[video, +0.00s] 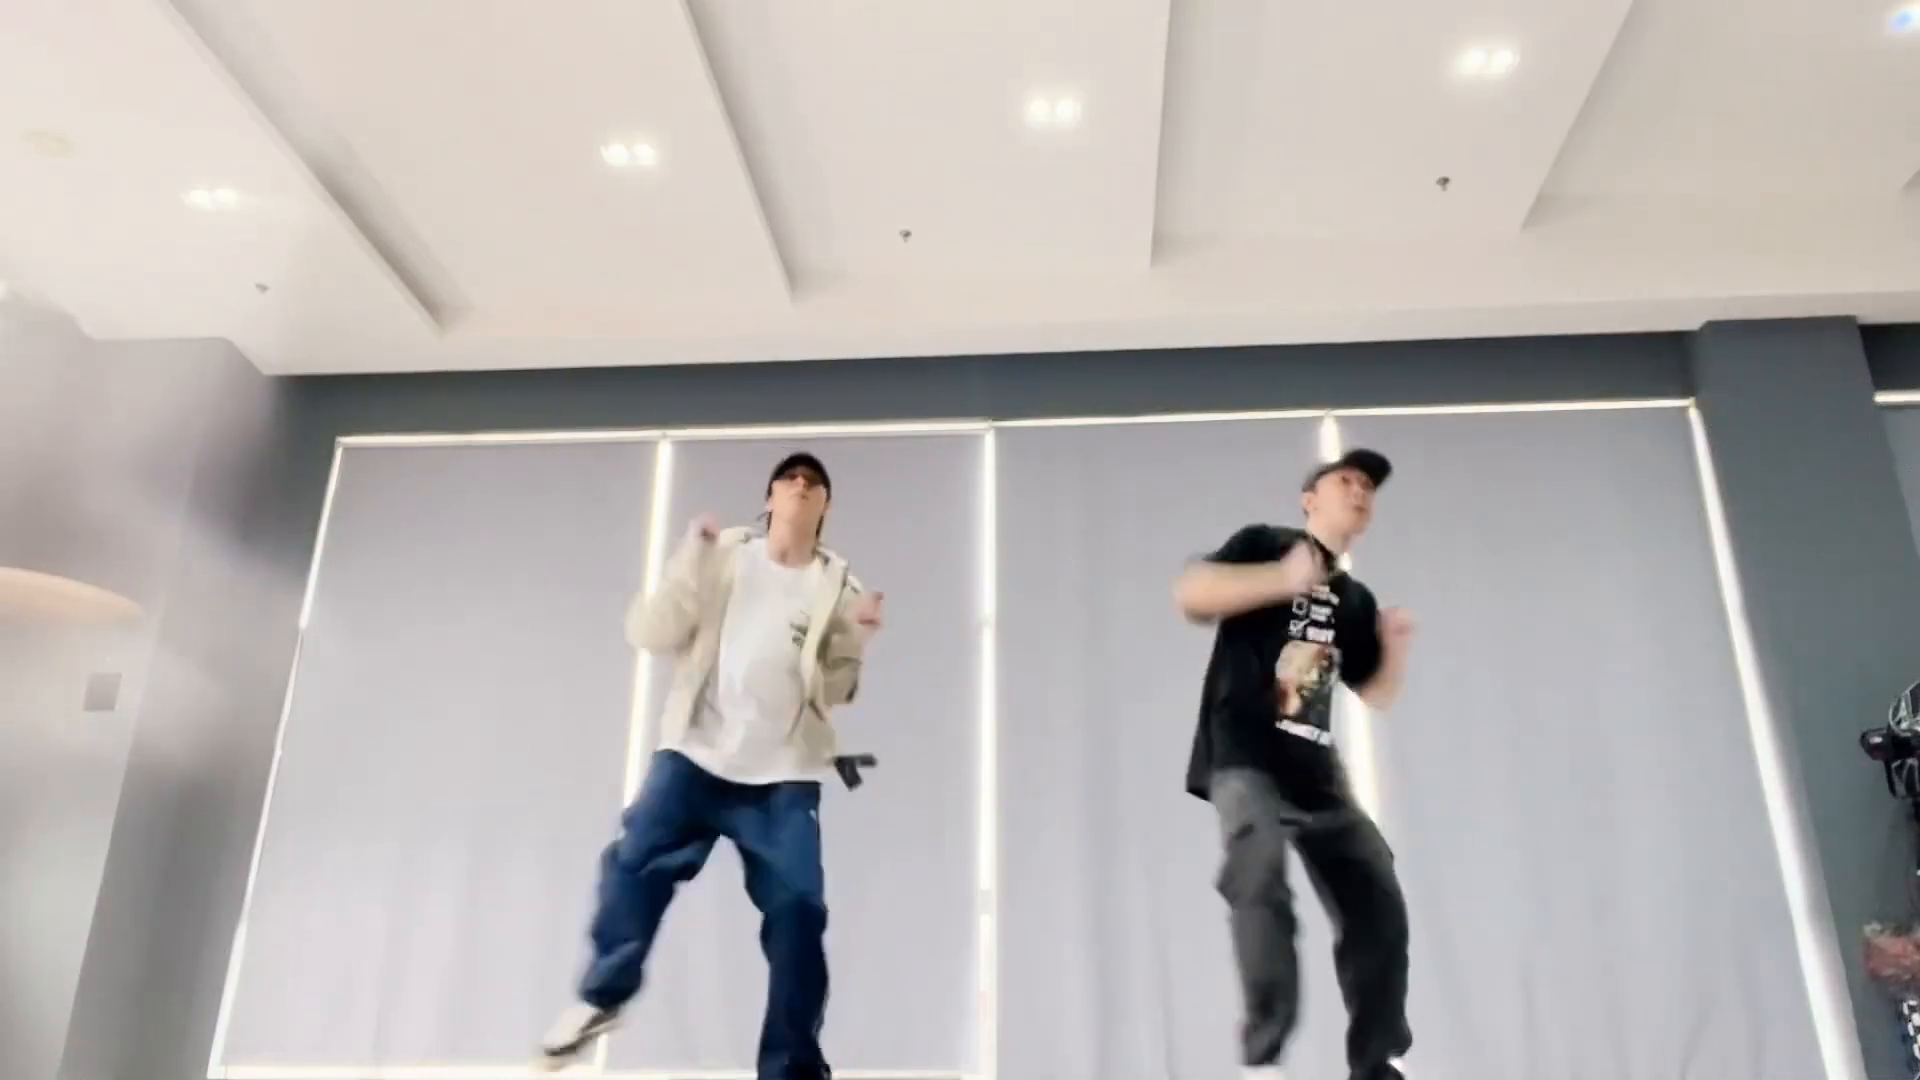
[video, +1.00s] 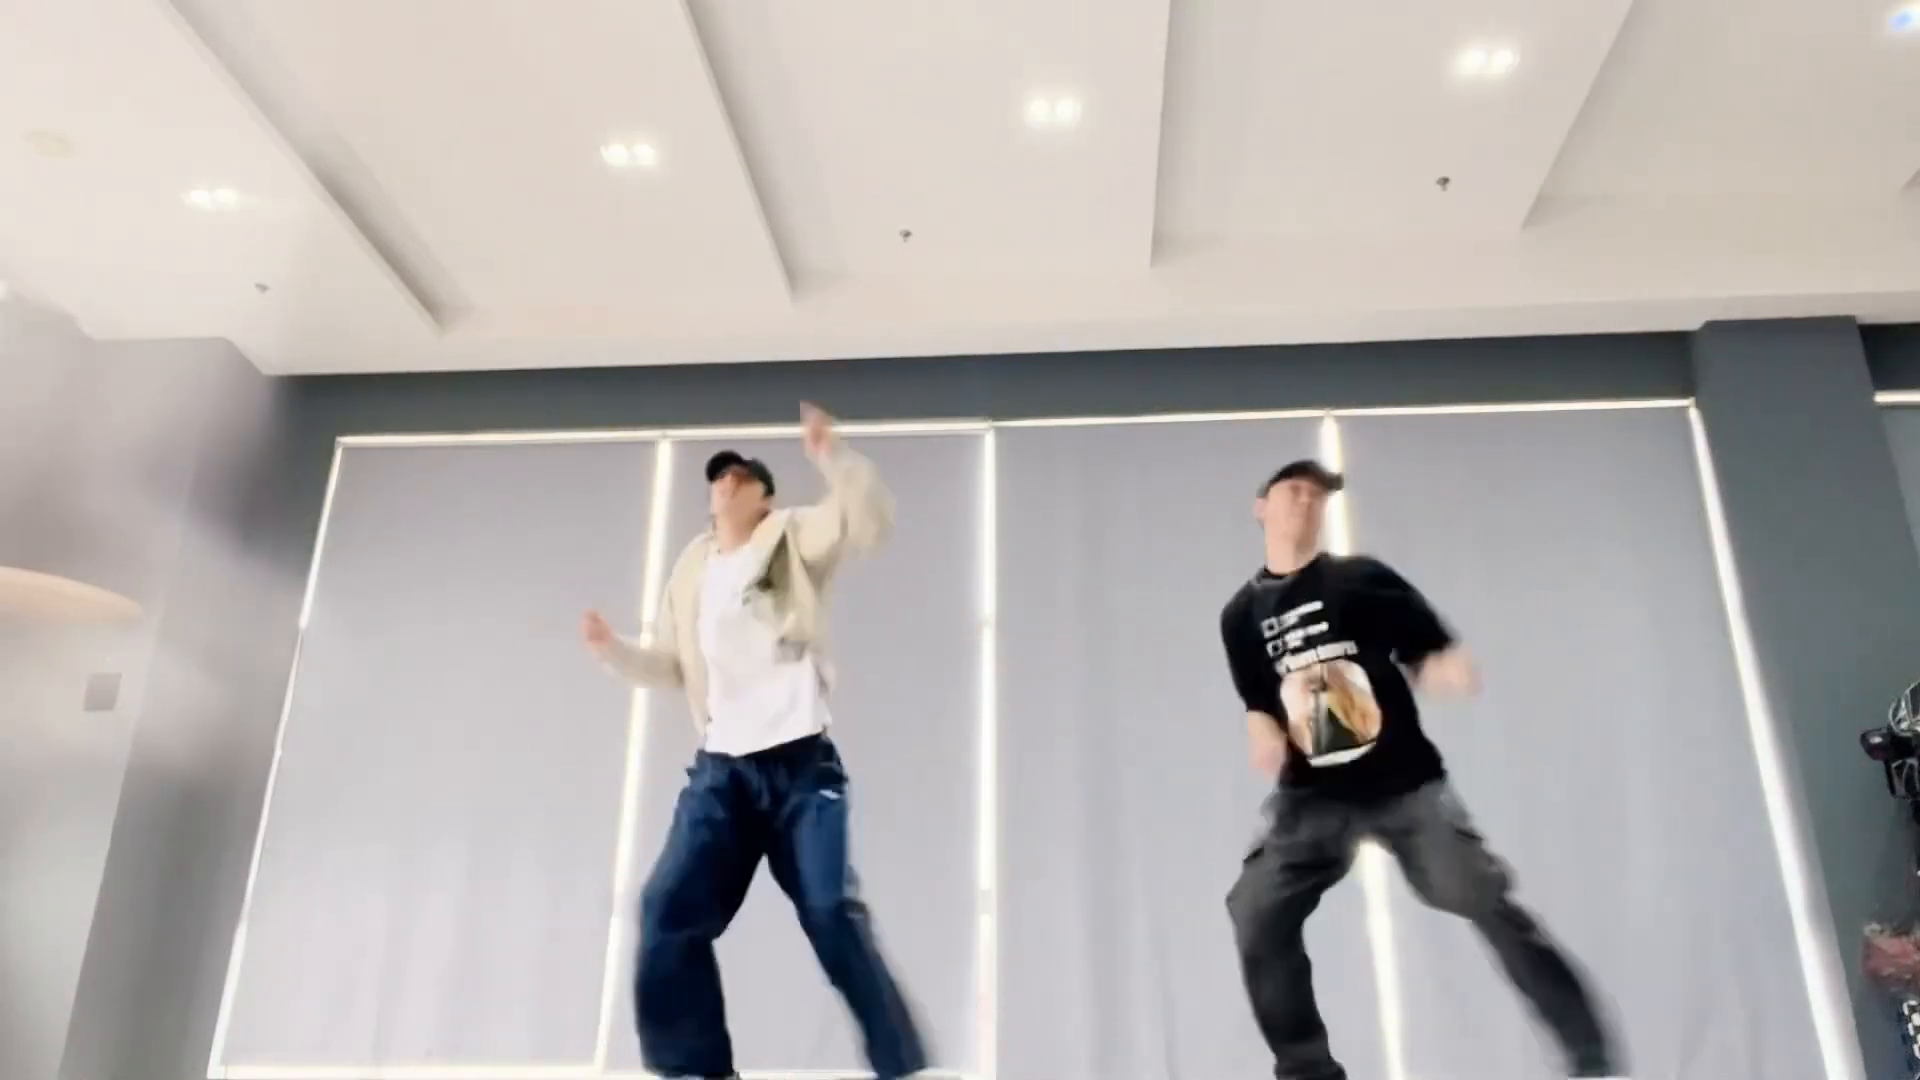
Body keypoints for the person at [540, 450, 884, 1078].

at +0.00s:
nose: (802, 488)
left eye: (815, 484)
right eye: (791, 480)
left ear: (828, 509)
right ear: (769, 500)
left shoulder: (839, 586)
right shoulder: (720, 551)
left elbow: (834, 693)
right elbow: (652, 635)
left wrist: (850, 637)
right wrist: (689, 560)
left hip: (783, 770)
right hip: (695, 755)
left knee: (797, 912)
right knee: (633, 861)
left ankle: (792, 1067)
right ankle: (602, 998)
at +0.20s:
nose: (772, 555)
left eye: (784, 553)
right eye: (761, 549)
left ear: (795, 582)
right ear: (738, 567)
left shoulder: (807, 659)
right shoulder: (702, 593)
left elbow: (892, 679)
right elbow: (712, 486)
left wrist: (975, 697)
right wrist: (710, 381)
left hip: (717, 835)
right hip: (627, 813)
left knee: (833, 908)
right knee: (539, 957)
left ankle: (754, 1055)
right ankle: (430, 1056)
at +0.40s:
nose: (760, 486)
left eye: (772, 479)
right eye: (748, 480)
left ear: (792, 500)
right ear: (731, 499)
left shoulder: (812, 569)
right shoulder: (690, 529)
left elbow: (834, 663)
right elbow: (613, 561)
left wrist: (900, 638)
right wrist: (659, 481)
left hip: (757, 769)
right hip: (670, 753)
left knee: (785, 899)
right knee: (626, 906)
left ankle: (773, 1062)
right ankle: (523, 1049)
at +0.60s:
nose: (712, 484)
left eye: (726, 476)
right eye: (705, 477)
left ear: (756, 492)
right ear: (697, 497)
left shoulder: (802, 539)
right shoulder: (688, 577)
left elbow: (862, 528)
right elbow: (650, 661)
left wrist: (818, 463)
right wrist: (608, 612)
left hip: (785, 760)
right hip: (700, 760)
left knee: (835, 884)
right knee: (665, 913)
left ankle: (836, 1027)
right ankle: (697, 1067)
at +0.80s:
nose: (701, 539)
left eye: (715, 529)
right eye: (693, 533)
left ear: (743, 540)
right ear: (687, 553)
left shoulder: (776, 569)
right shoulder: (681, 630)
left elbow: (793, 471)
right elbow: (619, 636)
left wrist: (831, 376)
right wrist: (559, 633)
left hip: (826, 806)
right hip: (751, 822)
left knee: (911, 961)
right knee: (631, 930)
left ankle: (1014, 1070)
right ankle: (687, 1071)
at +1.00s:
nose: (727, 483)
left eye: (743, 476)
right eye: (720, 477)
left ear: (768, 498)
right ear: (709, 499)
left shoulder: (794, 534)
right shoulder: (692, 566)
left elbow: (865, 521)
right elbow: (675, 666)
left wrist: (831, 456)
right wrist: (614, 650)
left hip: (802, 765)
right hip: (721, 771)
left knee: (829, 913)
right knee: (668, 915)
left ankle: (904, 1067)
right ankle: (696, 1071)